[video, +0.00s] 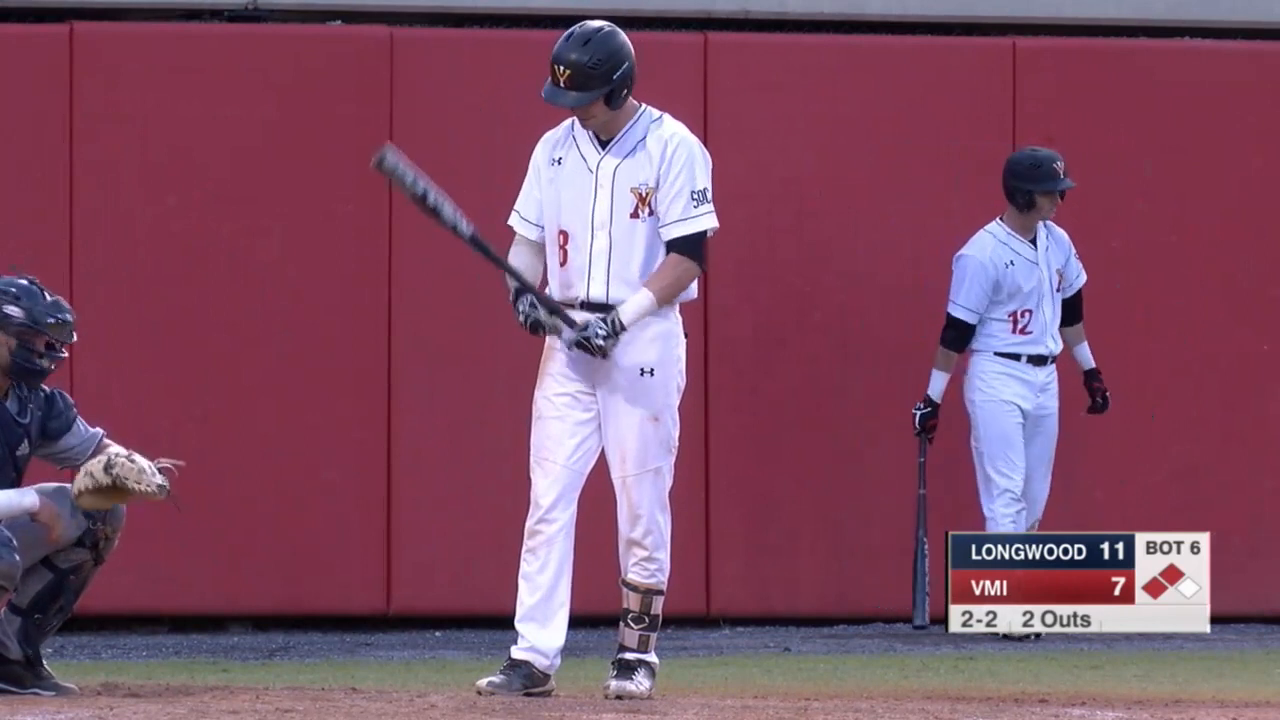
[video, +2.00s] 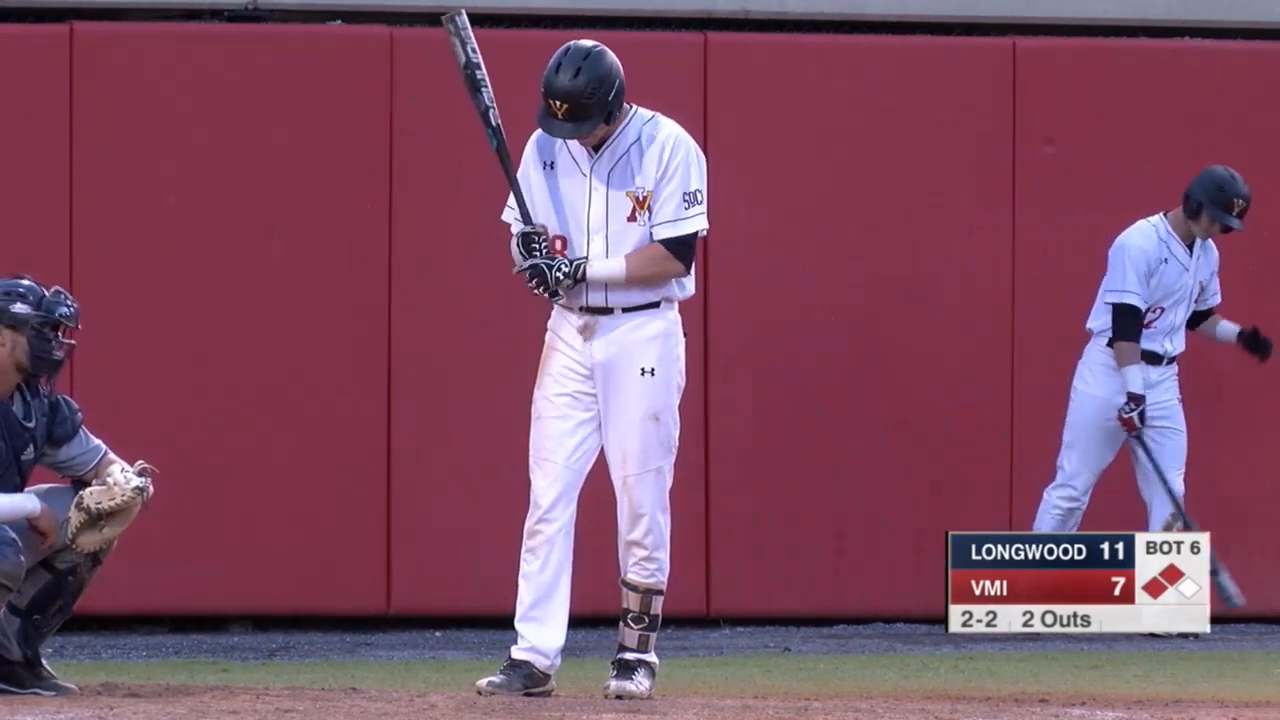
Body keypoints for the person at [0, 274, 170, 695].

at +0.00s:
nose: (40, 349)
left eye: (47, 341)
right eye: (28, 337)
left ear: (54, 344)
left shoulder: (35, 401)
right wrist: (26, 501)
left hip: (9, 521)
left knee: (98, 510)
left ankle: (15, 651)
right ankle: (8, 651)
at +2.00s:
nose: (53, 342)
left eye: (55, 333)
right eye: (42, 331)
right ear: (5, 334)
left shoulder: (40, 407)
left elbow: (98, 461)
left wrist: (128, 482)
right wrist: (29, 505)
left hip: (10, 521)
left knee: (95, 512)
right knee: (8, 548)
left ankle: (15, 651)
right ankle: (7, 655)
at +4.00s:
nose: (38, 329)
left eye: (41, 320)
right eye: (23, 320)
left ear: (47, 326)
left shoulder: (37, 406)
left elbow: (97, 462)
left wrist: (126, 484)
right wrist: (26, 505)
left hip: (9, 521)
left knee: (96, 511)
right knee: (11, 545)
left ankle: (16, 652)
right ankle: (9, 653)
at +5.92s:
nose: (29, 327)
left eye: (35, 317)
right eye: (18, 316)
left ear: (43, 323)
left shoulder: (32, 404)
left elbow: (103, 468)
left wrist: (165, 496)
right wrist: (18, 507)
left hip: (8, 527)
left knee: (93, 511)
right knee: (6, 555)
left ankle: (14, 651)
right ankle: (9, 651)